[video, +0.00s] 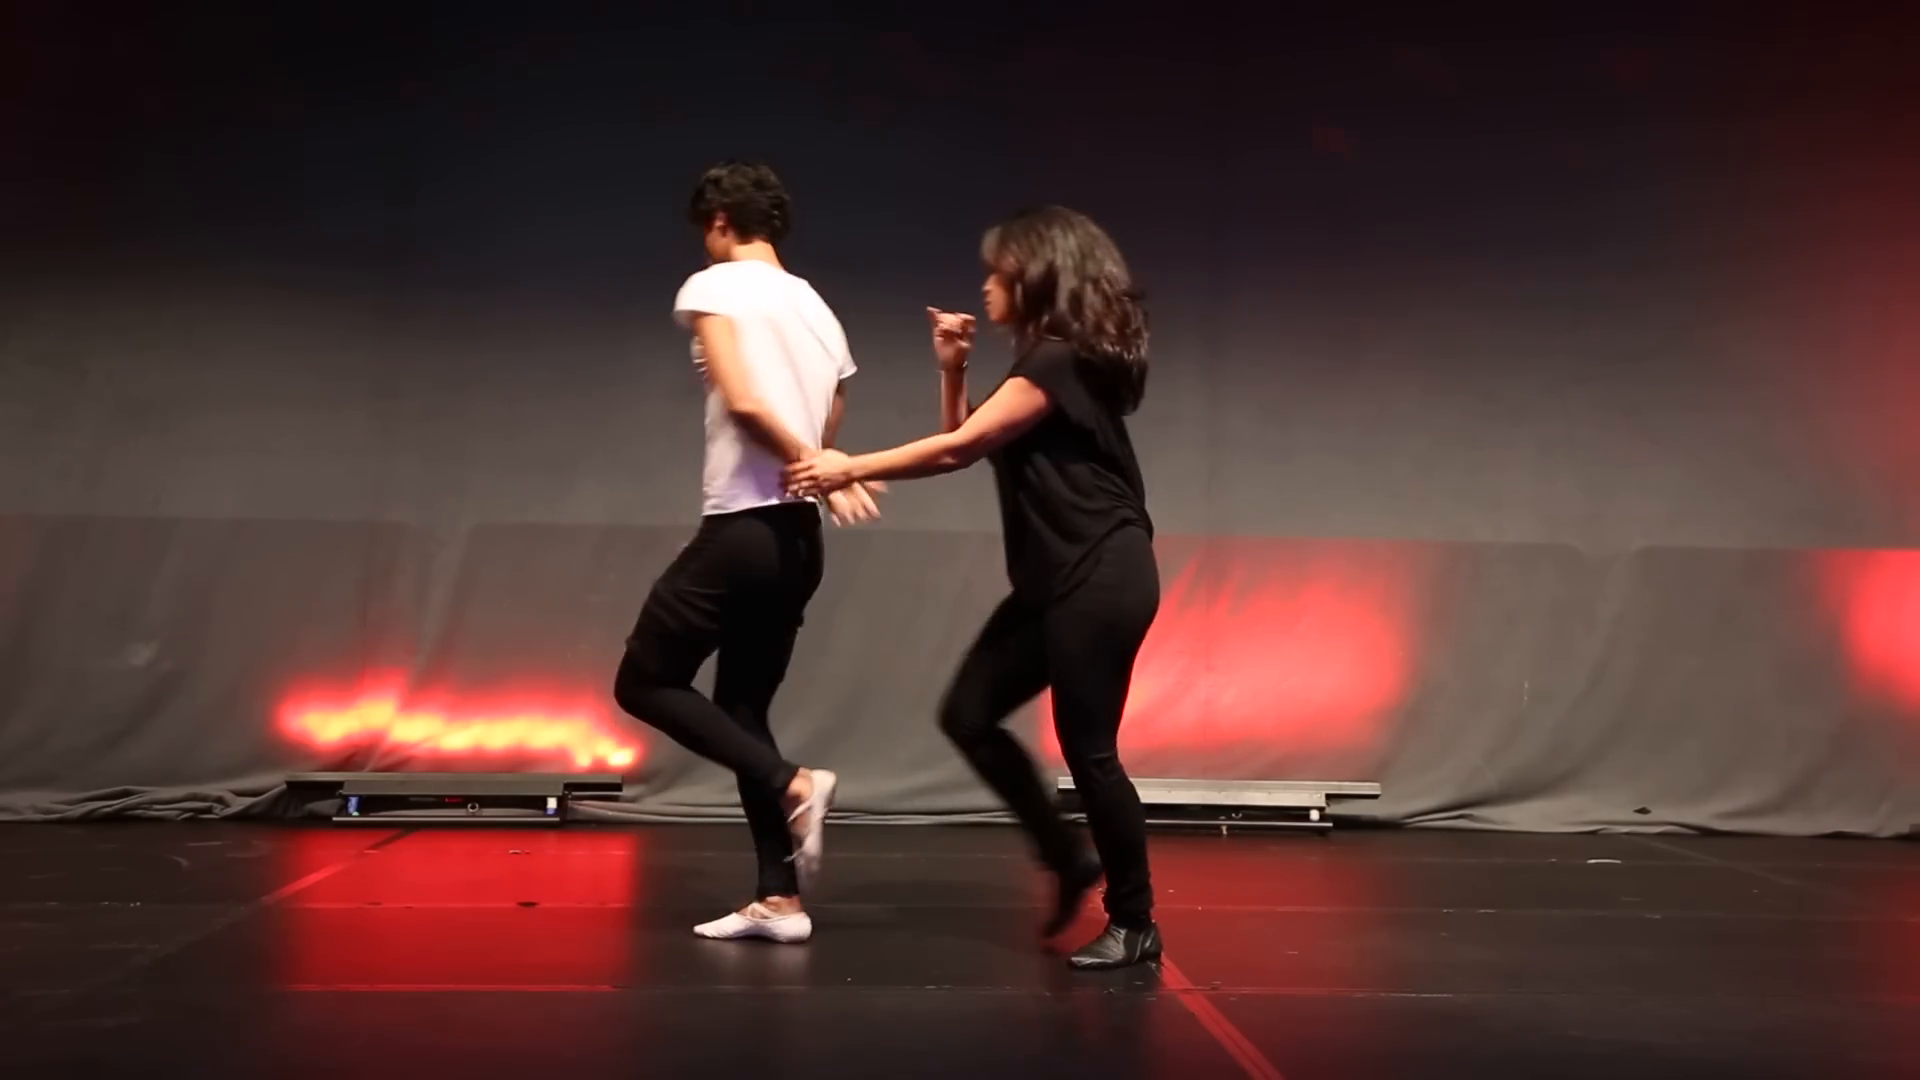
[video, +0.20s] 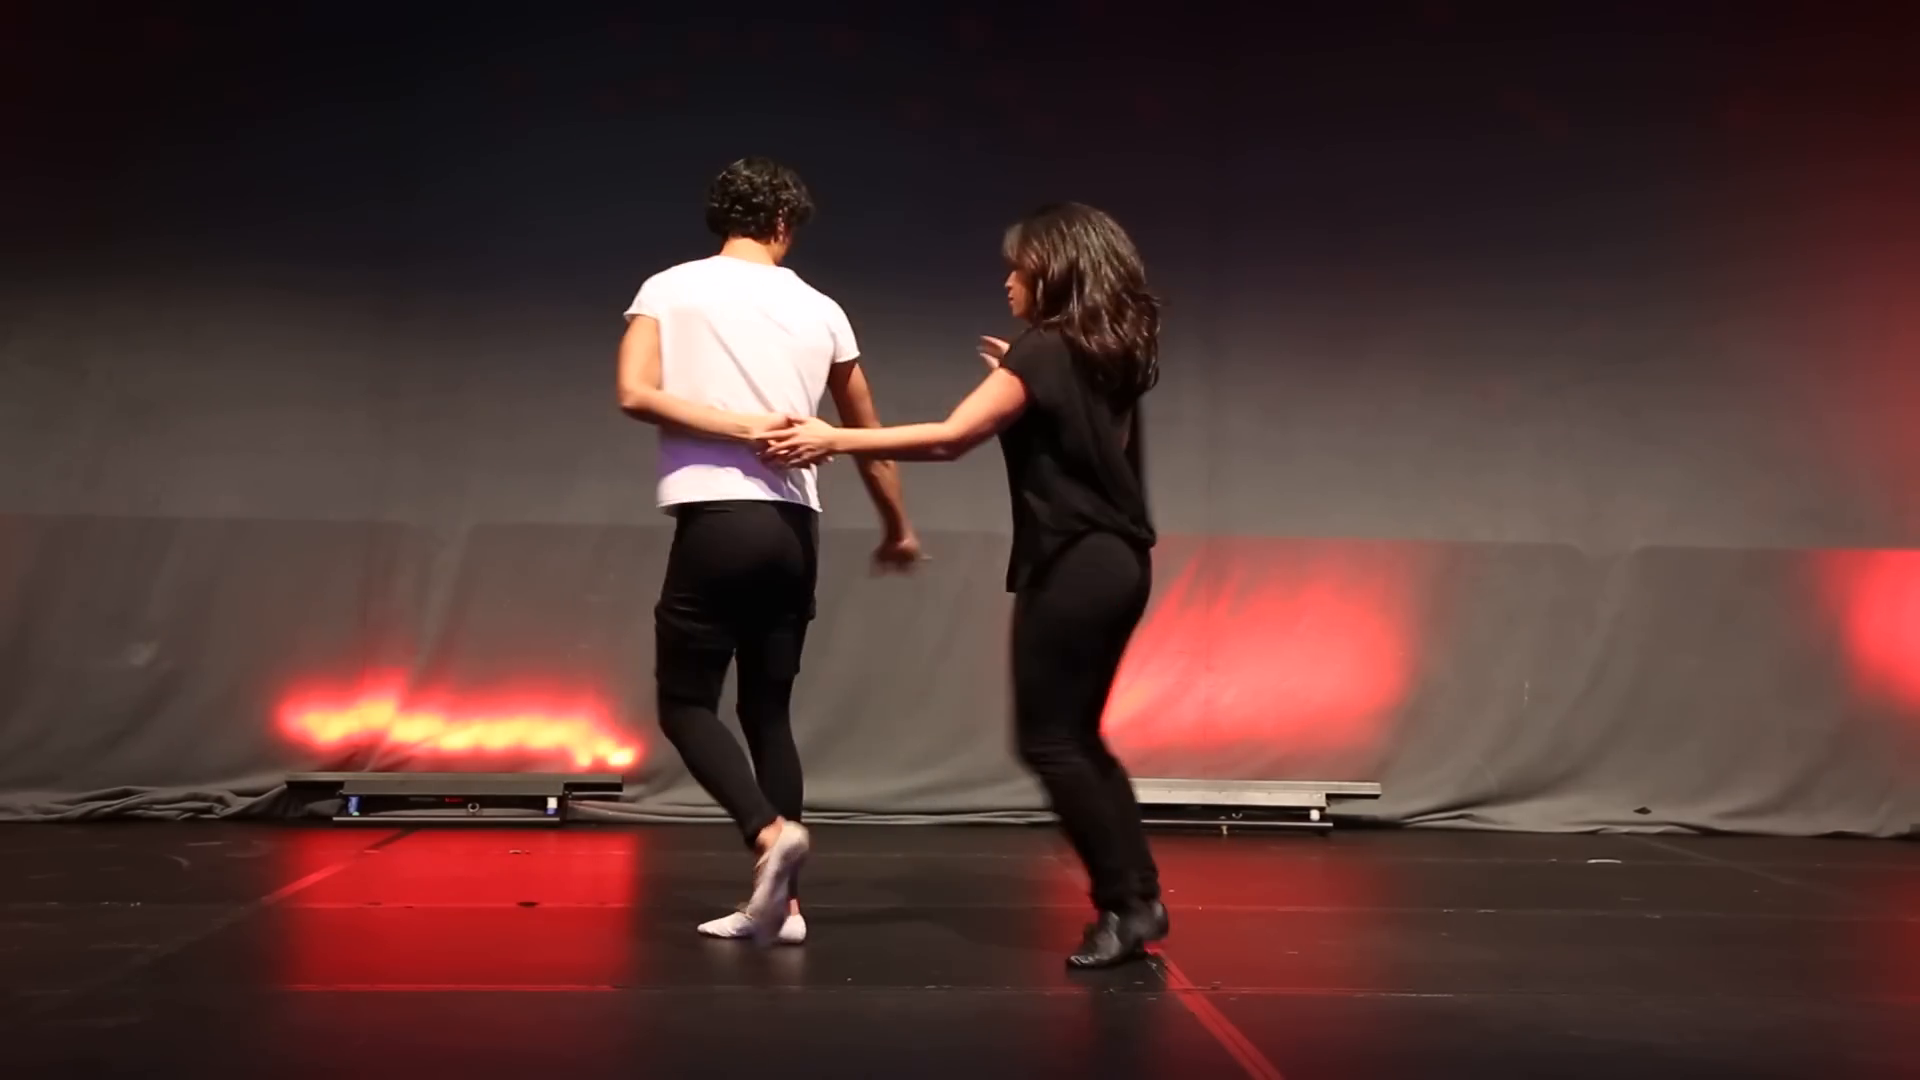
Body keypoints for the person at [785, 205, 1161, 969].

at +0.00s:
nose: (985, 288)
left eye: (997, 275)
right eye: (989, 273)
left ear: (1038, 278)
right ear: (1047, 282)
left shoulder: (1064, 361)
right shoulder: (1045, 360)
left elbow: (961, 447)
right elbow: (965, 443)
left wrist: (849, 466)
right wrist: (952, 371)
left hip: (1100, 576)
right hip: (1055, 582)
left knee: (1090, 751)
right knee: (966, 717)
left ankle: (1136, 927)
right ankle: (1070, 860)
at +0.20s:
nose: (1008, 285)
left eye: (1018, 271)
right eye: (1010, 270)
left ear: (1053, 274)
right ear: (1089, 274)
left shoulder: (1045, 355)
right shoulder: (1115, 352)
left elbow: (952, 435)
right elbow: (1085, 416)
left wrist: (836, 438)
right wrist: (1022, 371)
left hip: (1075, 565)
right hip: (1115, 562)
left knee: (1047, 740)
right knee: (1076, 734)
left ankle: (1126, 907)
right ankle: (1137, 895)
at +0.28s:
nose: (1008, 286)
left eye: (1017, 272)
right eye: (1010, 271)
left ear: (1054, 274)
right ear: (1100, 274)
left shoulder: (1027, 353)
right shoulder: (1131, 358)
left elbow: (941, 431)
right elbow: (1144, 467)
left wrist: (821, 434)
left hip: (1060, 569)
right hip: (1131, 570)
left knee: (1001, 731)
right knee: (1103, 735)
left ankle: (1089, 888)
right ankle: (1144, 911)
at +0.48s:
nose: (994, 297)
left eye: (1004, 284)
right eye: (997, 283)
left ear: (1039, 286)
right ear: (1083, 285)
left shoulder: (1003, 362)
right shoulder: (1125, 367)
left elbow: (928, 436)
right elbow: (1151, 480)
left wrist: (816, 449)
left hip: (1027, 578)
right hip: (1117, 581)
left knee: (950, 713)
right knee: (1119, 740)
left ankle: (971, 887)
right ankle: (1143, 915)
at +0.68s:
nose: (945, 303)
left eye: (957, 290)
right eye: (948, 289)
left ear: (994, 294)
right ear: (1031, 294)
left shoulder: (961, 369)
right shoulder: (1074, 373)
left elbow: (910, 444)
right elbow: (1096, 482)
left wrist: (819, 482)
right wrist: (1058, 553)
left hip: (981, 584)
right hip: (1069, 587)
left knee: (880, 709)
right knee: (1101, 743)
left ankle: (872, 883)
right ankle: (1142, 913)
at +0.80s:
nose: (897, 311)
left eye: (911, 299)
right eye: (900, 297)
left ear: (952, 306)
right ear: (970, 308)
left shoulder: (923, 378)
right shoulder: (1010, 381)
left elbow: (891, 455)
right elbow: (1030, 481)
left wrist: (825, 495)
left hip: (939, 594)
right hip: (1012, 595)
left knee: (827, 721)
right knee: (1058, 743)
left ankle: (861, 895)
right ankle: (1134, 895)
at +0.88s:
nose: (865, 309)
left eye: (881, 297)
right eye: (867, 295)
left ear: (919, 306)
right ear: (934, 310)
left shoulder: (900, 379)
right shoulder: (955, 382)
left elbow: (871, 454)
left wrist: (817, 480)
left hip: (887, 601)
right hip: (954, 601)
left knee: (800, 734)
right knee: (993, 739)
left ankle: (859, 894)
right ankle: (1108, 863)